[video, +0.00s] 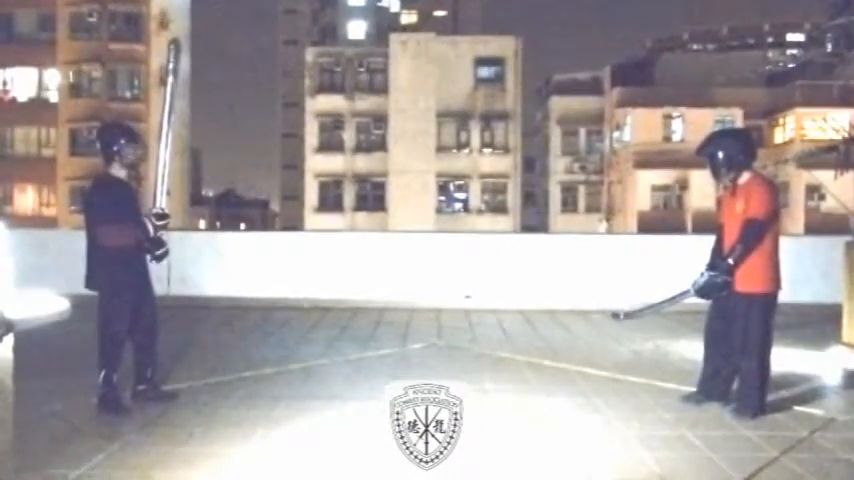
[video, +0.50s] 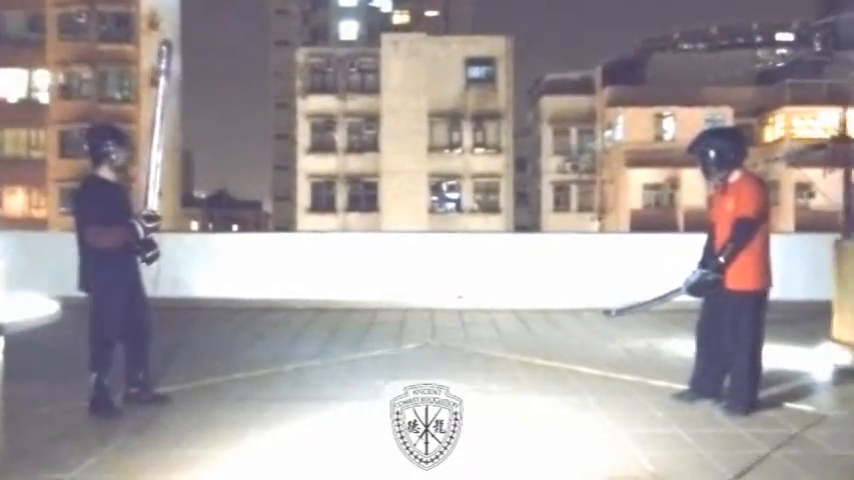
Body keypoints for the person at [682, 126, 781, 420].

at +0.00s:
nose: (712, 169)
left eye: (715, 161)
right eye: (711, 162)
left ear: (731, 159)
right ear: (725, 161)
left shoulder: (760, 189)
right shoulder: (727, 193)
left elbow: (754, 232)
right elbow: (723, 236)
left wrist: (726, 267)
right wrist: (712, 268)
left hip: (756, 283)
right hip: (731, 280)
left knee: (752, 344)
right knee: (719, 336)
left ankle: (750, 401)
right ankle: (712, 388)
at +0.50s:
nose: (703, 167)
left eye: (706, 160)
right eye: (702, 161)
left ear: (722, 158)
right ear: (717, 160)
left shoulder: (751, 188)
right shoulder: (719, 193)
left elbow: (744, 231)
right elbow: (714, 235)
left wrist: (717, 266)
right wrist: (704, 267)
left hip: (747, 280)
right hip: (722, 278)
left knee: (743, 340)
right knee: (711, 333)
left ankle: (741, 397)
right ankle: (704, 385)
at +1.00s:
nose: (724, 165)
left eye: (727, 157)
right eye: (722, 158)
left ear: (743, 155)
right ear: (739, 157)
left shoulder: (772, 185)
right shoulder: (739, 190)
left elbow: (766, 229)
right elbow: (735, 233)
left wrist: (739, 264)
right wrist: (725, 265)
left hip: (769, 280)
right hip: (743, 278)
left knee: (766, 341)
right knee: (732, 335)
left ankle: (765, 398)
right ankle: (727, 387)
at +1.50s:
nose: (716, 164)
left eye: (719, 156)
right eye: (716, 157)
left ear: (735, 154)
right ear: (735, 155)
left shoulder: (766, 184)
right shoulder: (733, 189)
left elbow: (759, 228)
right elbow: (728, 231)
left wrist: (732, 263)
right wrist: (719, 265)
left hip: (764, 277)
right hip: (737, 276)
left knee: (761, 338)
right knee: (727, 332)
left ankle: (760, 393)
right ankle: (723, 383)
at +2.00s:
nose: (705, 161)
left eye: (708, 153)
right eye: (704, 154)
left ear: (725, 153)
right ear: (722, 155)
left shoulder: (753, 185)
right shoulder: (720, 189)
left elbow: (747, 228)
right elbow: (716, 231)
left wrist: (721, 263)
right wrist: (707, 265)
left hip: (751, 278)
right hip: (726, 276)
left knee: (749, 338)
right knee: (715, 332)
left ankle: (748, 394)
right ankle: (711, 383)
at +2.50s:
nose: (707, 162)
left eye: (712, 156)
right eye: (707, 156)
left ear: (726, 158)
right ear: (717, 160)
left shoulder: (745, 193)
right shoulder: (714, 195)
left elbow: (736, 237)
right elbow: (707, 237)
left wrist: (710, 271)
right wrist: (698, 270)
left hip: (740, 284)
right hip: (715, 282)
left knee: (736, 345)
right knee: (704, 339)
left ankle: (735, 401)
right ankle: (699, 389)